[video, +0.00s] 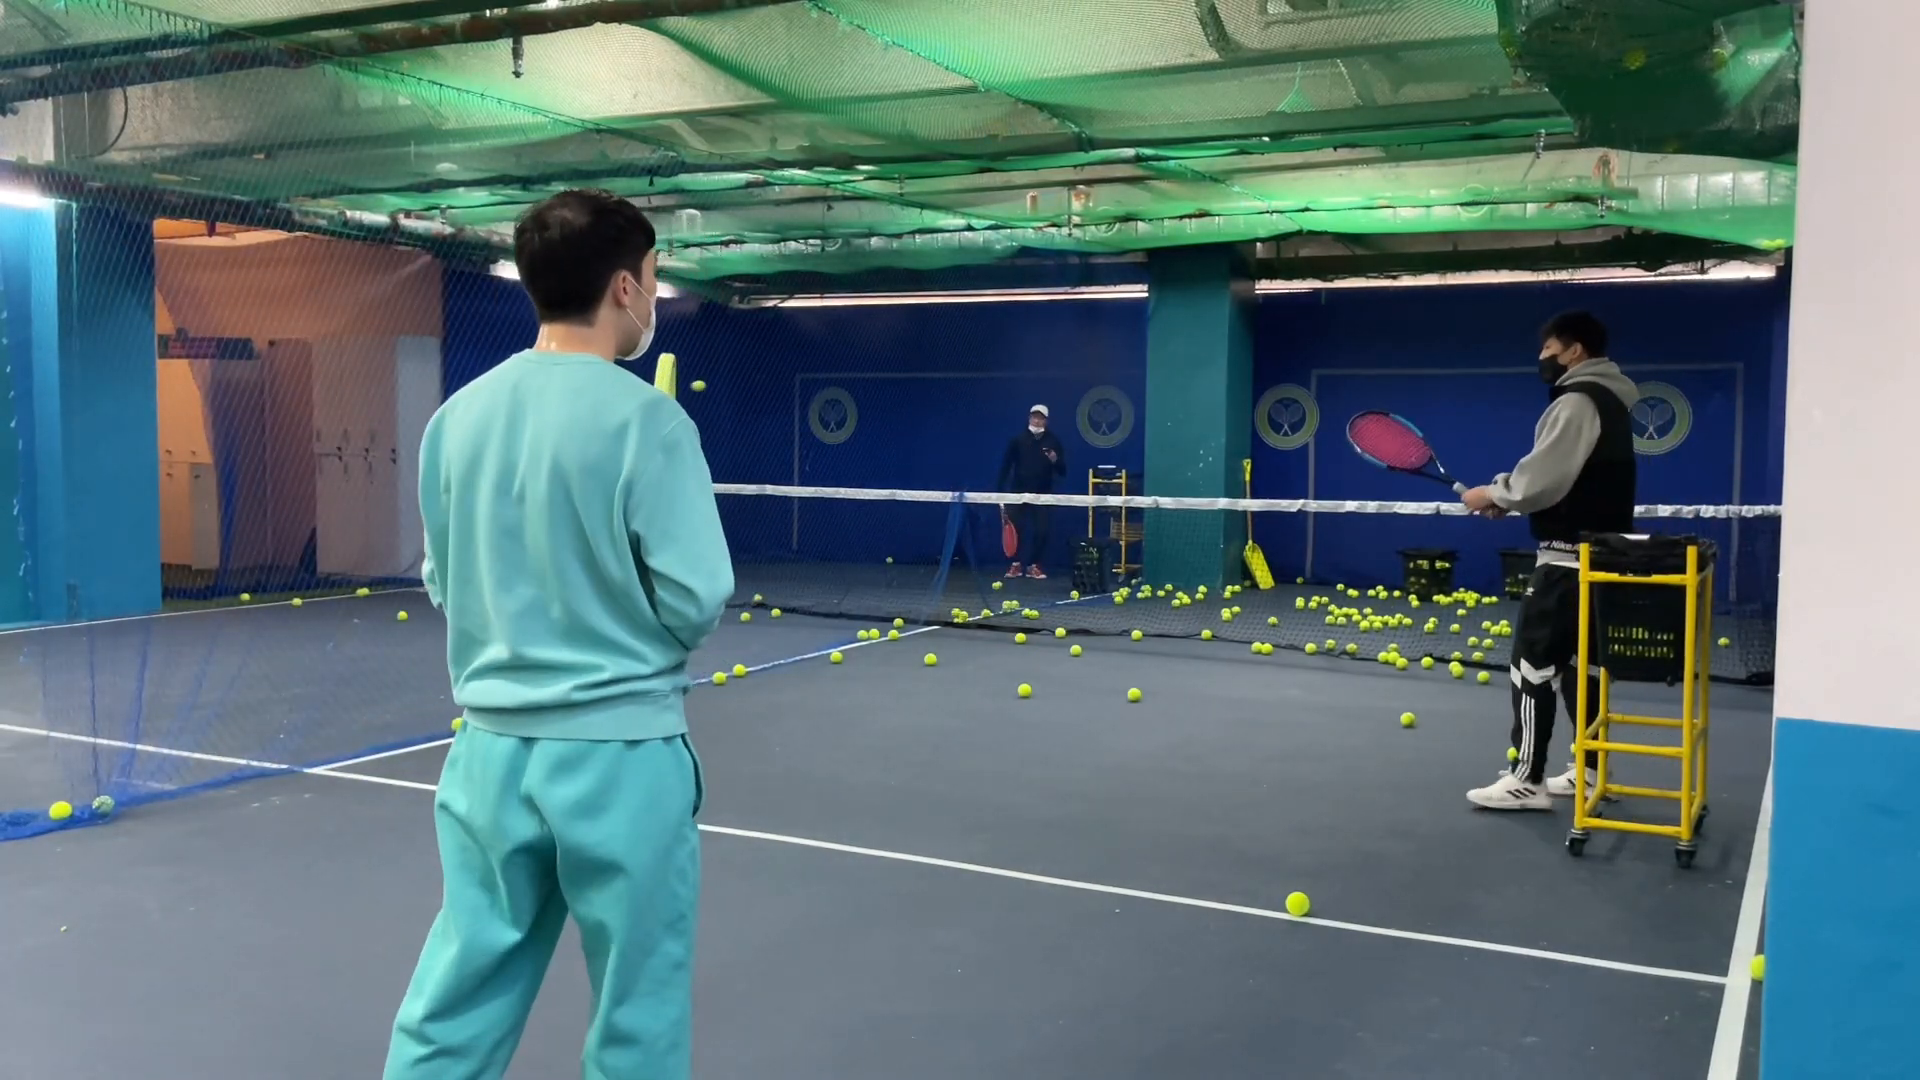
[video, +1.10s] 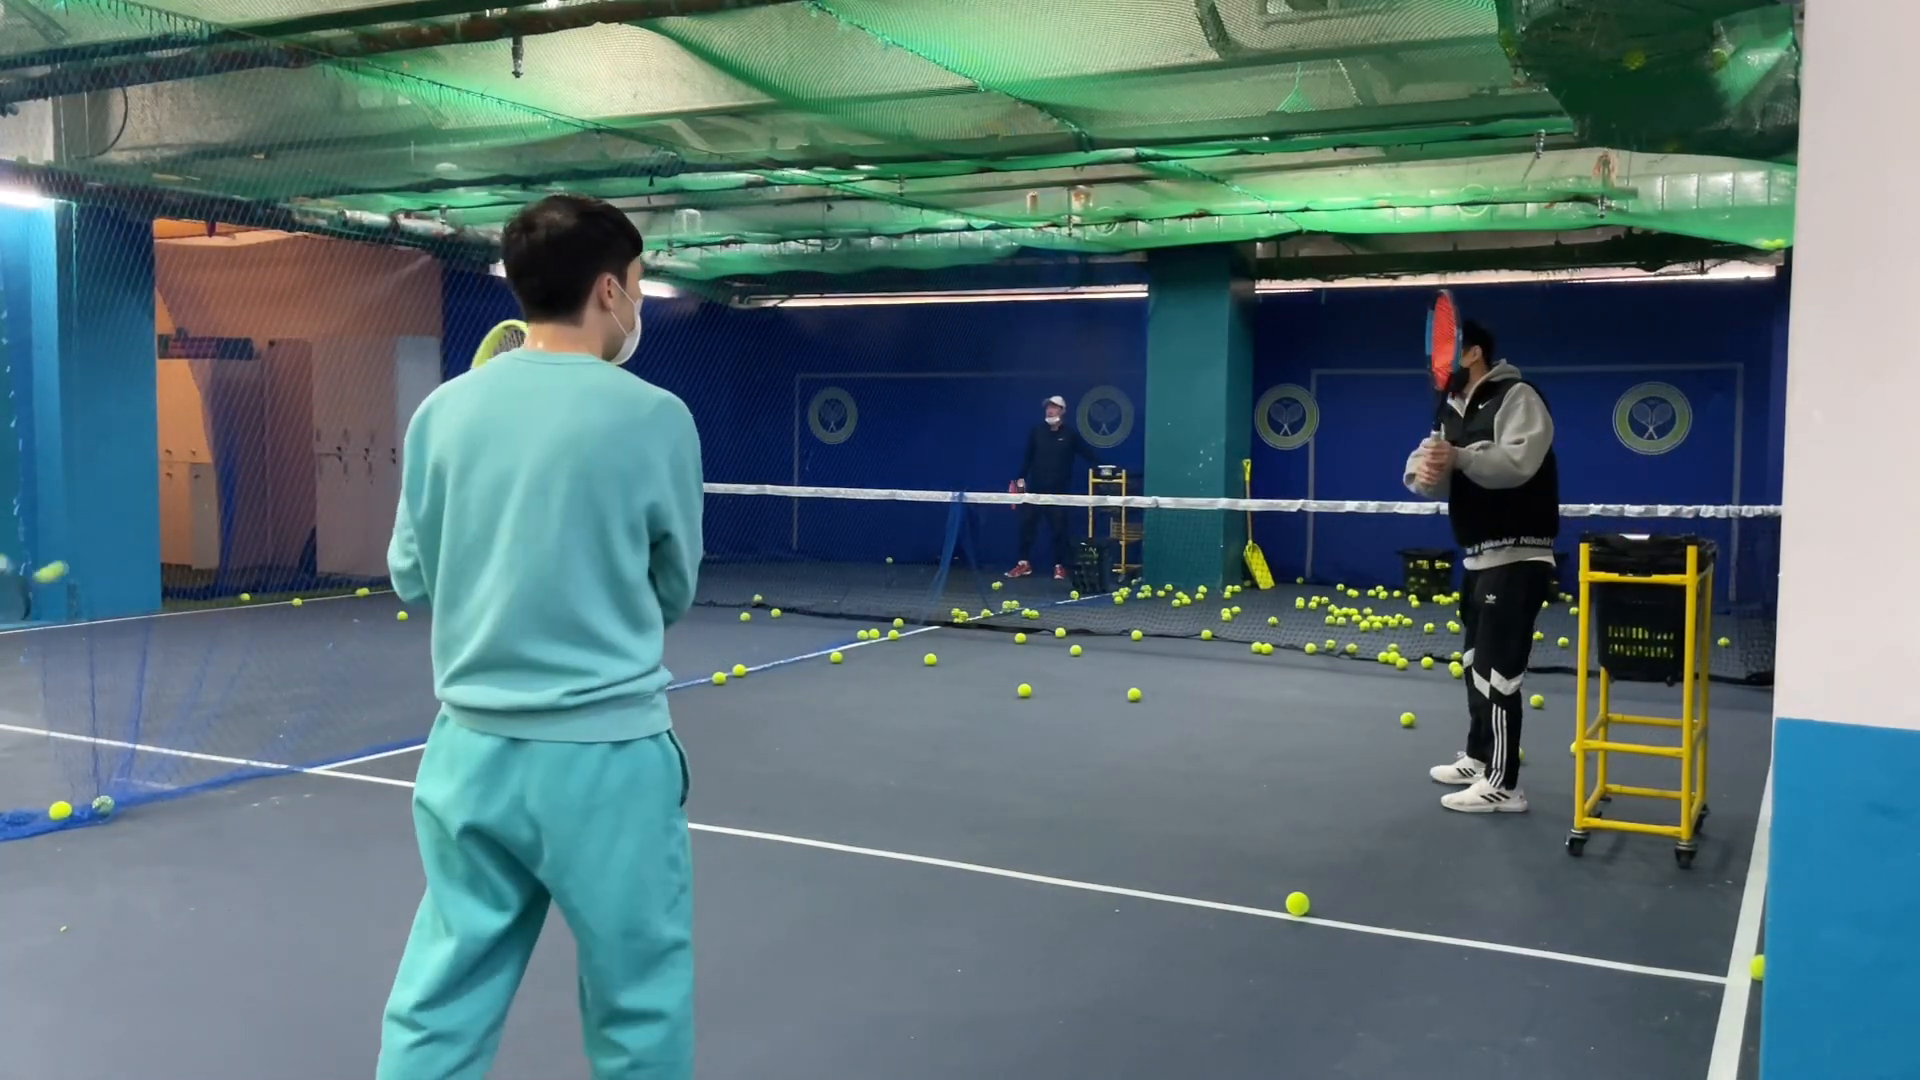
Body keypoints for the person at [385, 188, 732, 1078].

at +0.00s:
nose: (656, 293)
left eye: (653, 273)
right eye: (650, 274)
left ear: (538, 287)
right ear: (619, 286)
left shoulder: (454, 418)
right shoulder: (647, 418)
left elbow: (444, 581)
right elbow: (697, 589)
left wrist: (532, 633)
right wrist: (639, 649)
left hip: (485, 761)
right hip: (621, 764)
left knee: (453, 1012)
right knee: (640, 1019)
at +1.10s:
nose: (640, 295)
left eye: (638, 276)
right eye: (636, 277)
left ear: (526, 292)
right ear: (606, 289)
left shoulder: (443, 410)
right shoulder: (656, 417)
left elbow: (414, 576)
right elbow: (673, 587)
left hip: (468, 760)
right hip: (610, 767)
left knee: (438, 1010)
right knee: (641, 1018)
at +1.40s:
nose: (707, 300)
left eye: (705, 283)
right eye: (704, 283)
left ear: (599, 293)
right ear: (681, 290)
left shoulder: (516, 400)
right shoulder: (730, 413)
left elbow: (457, 565)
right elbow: (713, 534)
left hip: (541, 745)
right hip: (680, 748)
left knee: (492, 988)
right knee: (665, 1002)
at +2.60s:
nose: (739, 335)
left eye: (738, 322)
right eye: (737, 322)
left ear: (639, 328)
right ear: (722, 326)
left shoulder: (608, 405)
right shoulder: (748, 419)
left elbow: (596, 550)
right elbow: (685, 556)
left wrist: (484, 549)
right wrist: (520, 577)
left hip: (629, 716)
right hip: (740, 714)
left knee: (566, 927)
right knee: (737, 905)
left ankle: (545, 1071)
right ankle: (757, 1064)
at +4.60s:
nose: (733, 339)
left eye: (728, 326)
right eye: (732, 327)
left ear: (639, 332)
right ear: (717, 331)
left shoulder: (615, 399)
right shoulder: (749, 419)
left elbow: (624, 533)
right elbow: (725, 561)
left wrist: (538, 620)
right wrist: (568, 630)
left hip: (637, 699)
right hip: (740, 703)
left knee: (569, 910)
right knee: (736, 897)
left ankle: (537, 1069)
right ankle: (754, 1064)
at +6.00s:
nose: (735, 328)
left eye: (732, 315)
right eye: (734, 316)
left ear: (639, 325)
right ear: (721, 322)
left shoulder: (592, 409)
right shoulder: (766, 425)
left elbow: (555, 555)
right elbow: (769, 548)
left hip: (615, 704)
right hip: (731, 707)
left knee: (570, 909)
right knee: (734, 900)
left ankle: (540, 1069)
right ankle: (750, 1064)